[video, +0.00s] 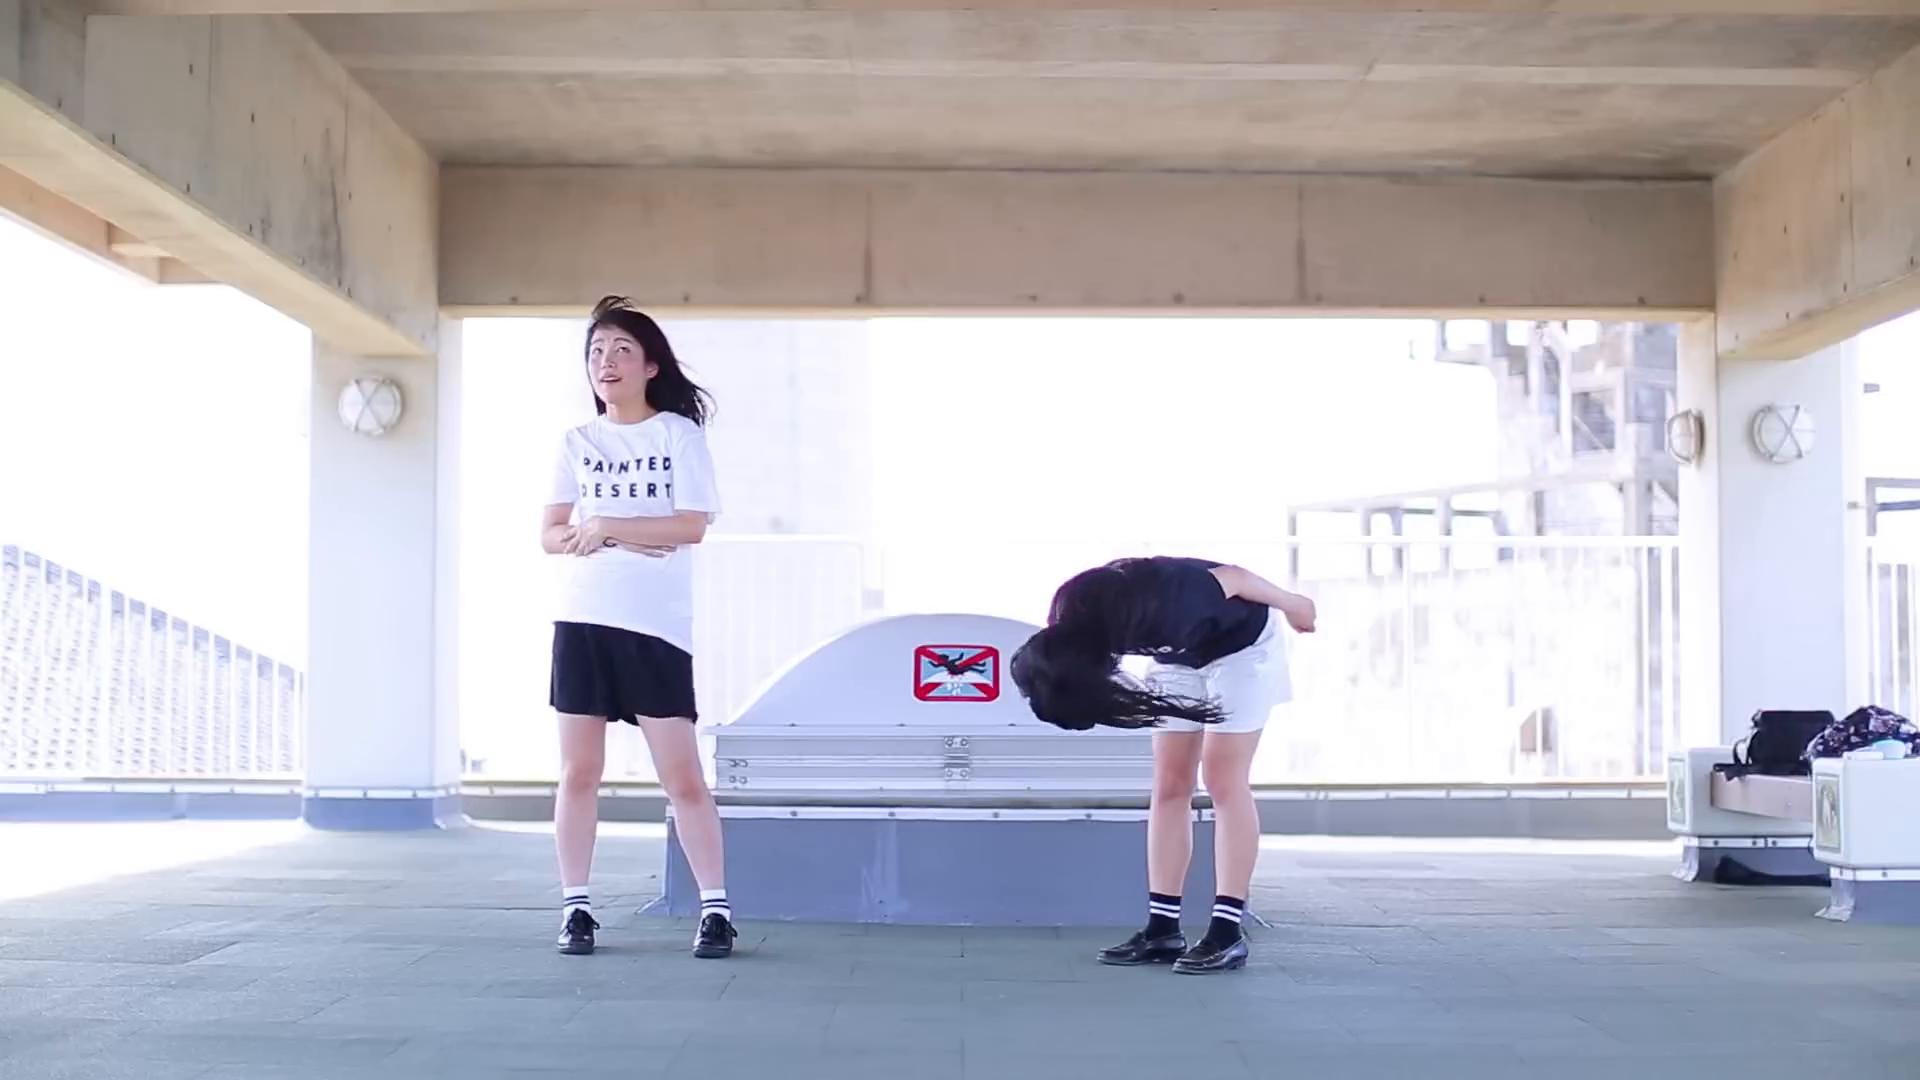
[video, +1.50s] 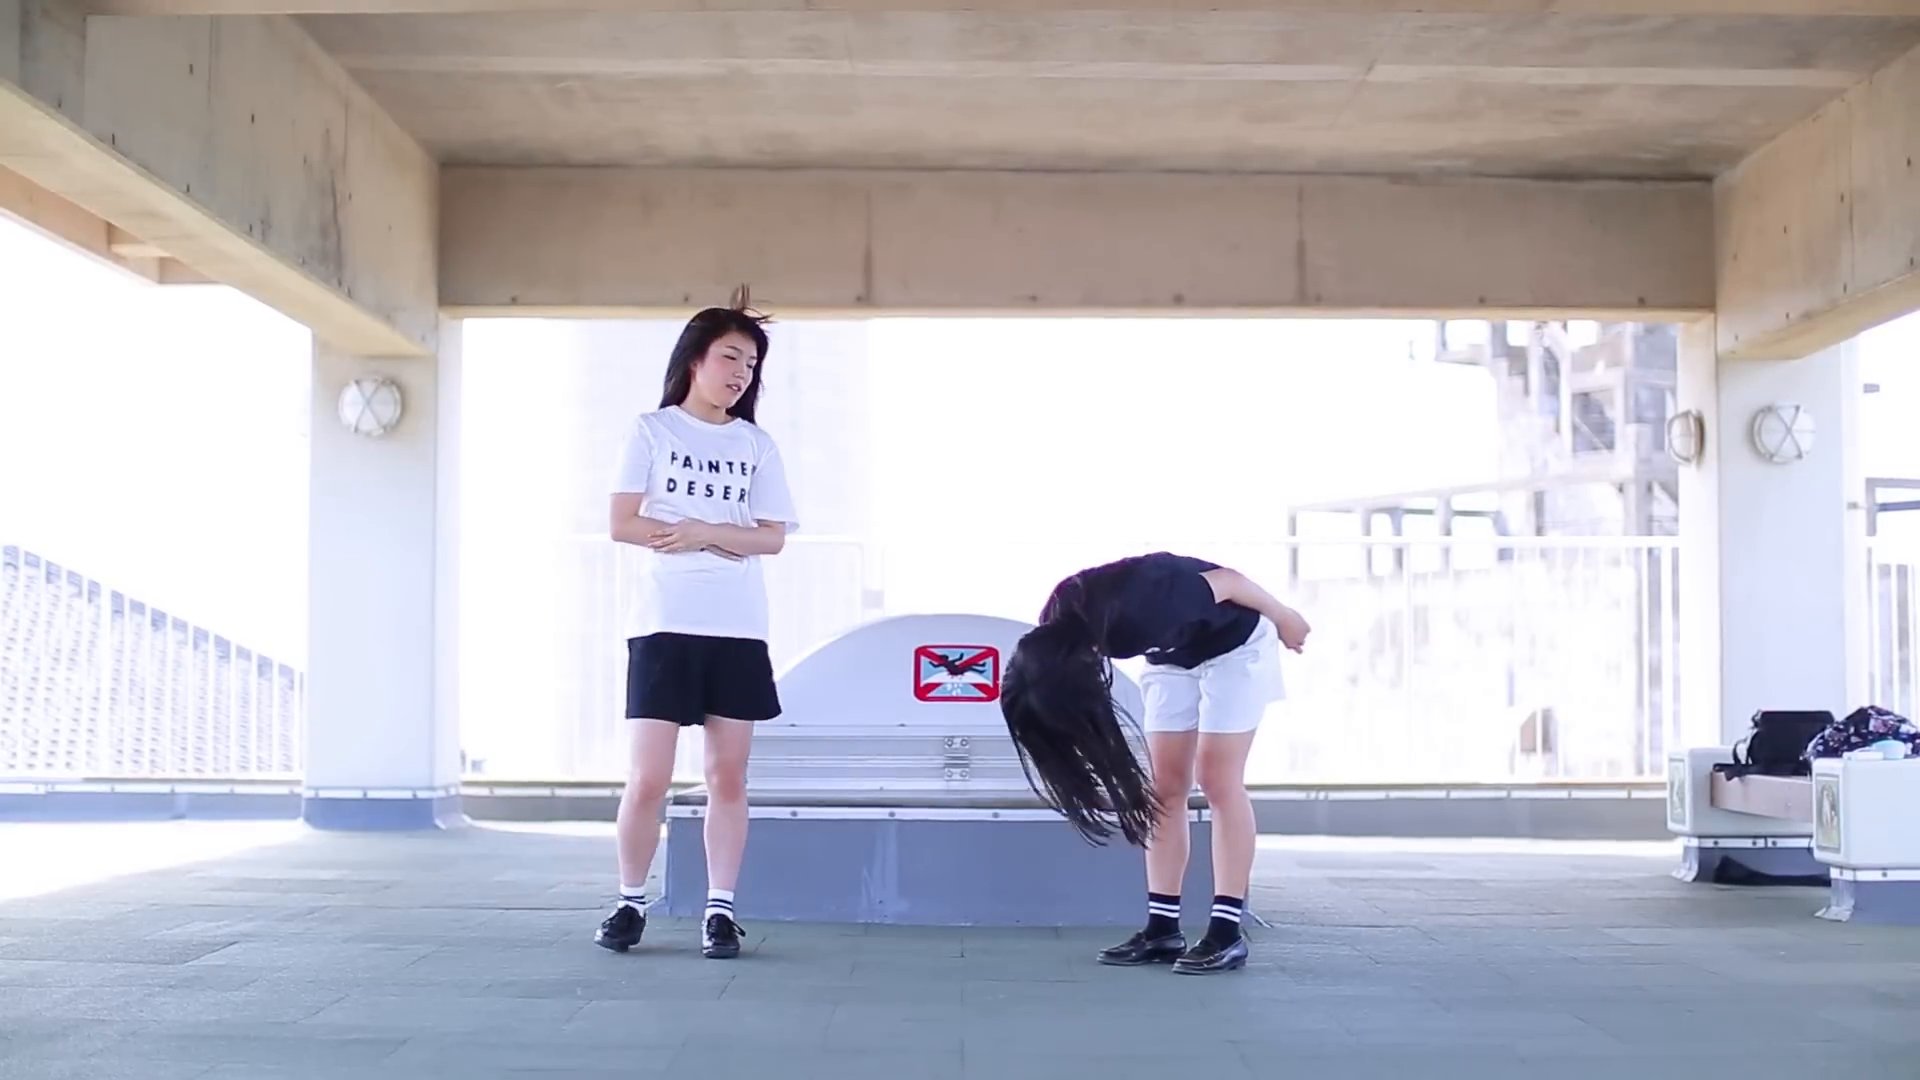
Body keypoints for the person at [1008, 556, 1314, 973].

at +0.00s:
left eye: (1093, 714)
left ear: (1093, 665)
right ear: (1046, 660)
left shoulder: (1166, 609)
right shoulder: (1065, 615)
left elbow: (1236, 578)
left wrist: (1292, 602)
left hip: (1242, 644)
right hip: (1172, 653)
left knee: (1225, 782)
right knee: (1169, 787)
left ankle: (1226, 933)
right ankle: (1163, 929)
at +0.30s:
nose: (1096, 733)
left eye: (1094, 724)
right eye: (1085, 734)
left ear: (1098, 680)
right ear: (1049, 681)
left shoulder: (1164, 612)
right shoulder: (1058, 635)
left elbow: (1237, 583)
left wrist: (1286, 612)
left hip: (1239, 643)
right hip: (1167, 654)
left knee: (1223, 780)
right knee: (1166, 786)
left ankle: (1226, 934)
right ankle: (1163, 928)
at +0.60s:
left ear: (1091, 667)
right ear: (1045, 665)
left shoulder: (1155, 608)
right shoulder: (1059, 624)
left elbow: (1238, 582)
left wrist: (1289, 619)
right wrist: (1147, 755)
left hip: (1240, 644)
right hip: (1170, 654)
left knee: (1224, 779)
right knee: (1166, 783)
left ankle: (1226, 934)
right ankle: (1163, 929)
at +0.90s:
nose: (1079, 728)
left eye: (1079, 717)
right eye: (1066, 724)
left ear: (1093, 672)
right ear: (1039, 669)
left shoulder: (1161, 610)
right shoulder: (1057, 630)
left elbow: (1239, 582)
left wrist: (1288, 617)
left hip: (1240, 645)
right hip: (1170, 655)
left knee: (1223, 781)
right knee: (1168, 786)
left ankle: (1226, 934)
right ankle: (1163, 929)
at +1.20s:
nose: (1077, 732)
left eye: (1077, 721)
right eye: (1062, 728)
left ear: (1086, 672)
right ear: (1040, 667)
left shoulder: (1156, 614)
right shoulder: (1056, 625)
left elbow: (1234, 583)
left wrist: (1285, 617)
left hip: (1237, 645)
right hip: (1167, 654)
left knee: (1219, 780)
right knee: (1165, 787)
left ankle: (1226, 934)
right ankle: (1162, 929)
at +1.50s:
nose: (1079, 726)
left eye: (1077, 716)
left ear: (1083, 669)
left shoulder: (1149, 610)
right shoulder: (1053, 628)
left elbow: (1231, 582)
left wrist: (1283, 616)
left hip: (1235, 645)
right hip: (1166, 654)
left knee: (1220, 782)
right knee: (1165, 788)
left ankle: (1226, 934)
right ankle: (1162, 930)